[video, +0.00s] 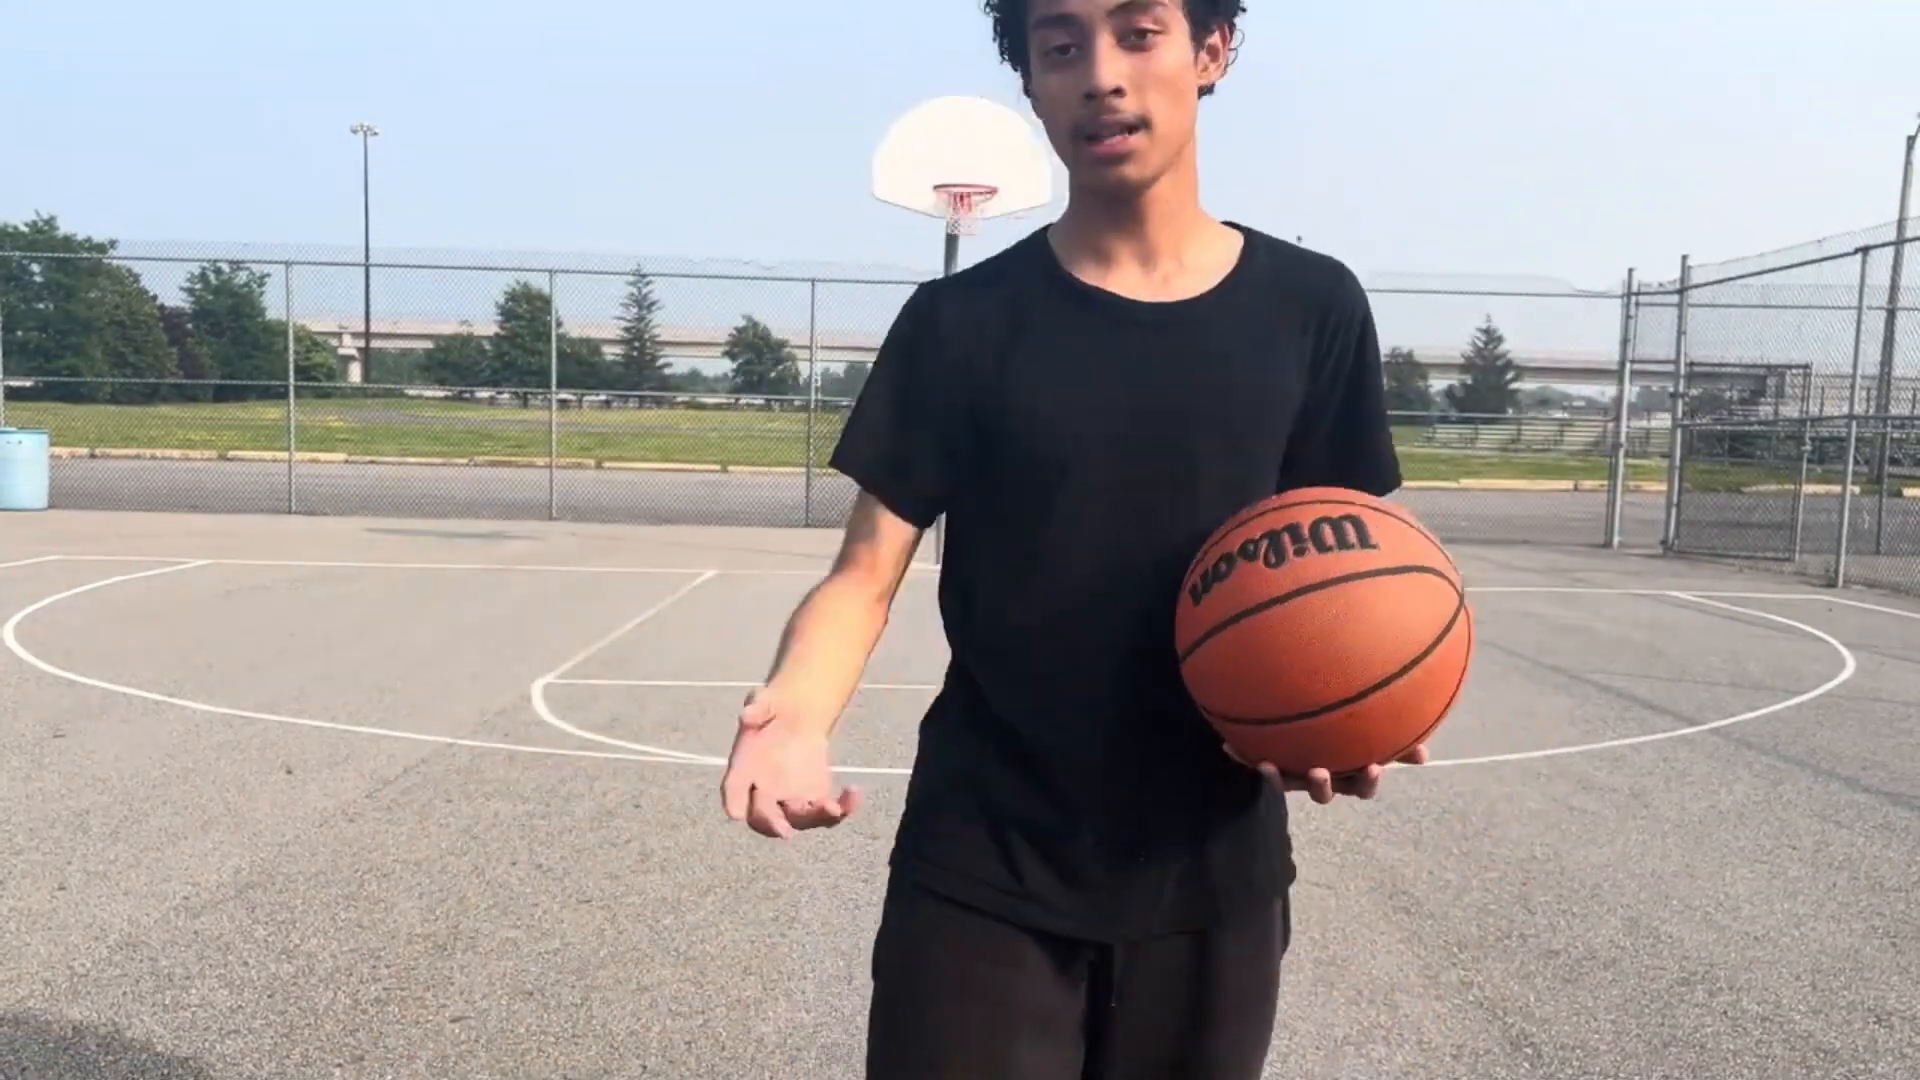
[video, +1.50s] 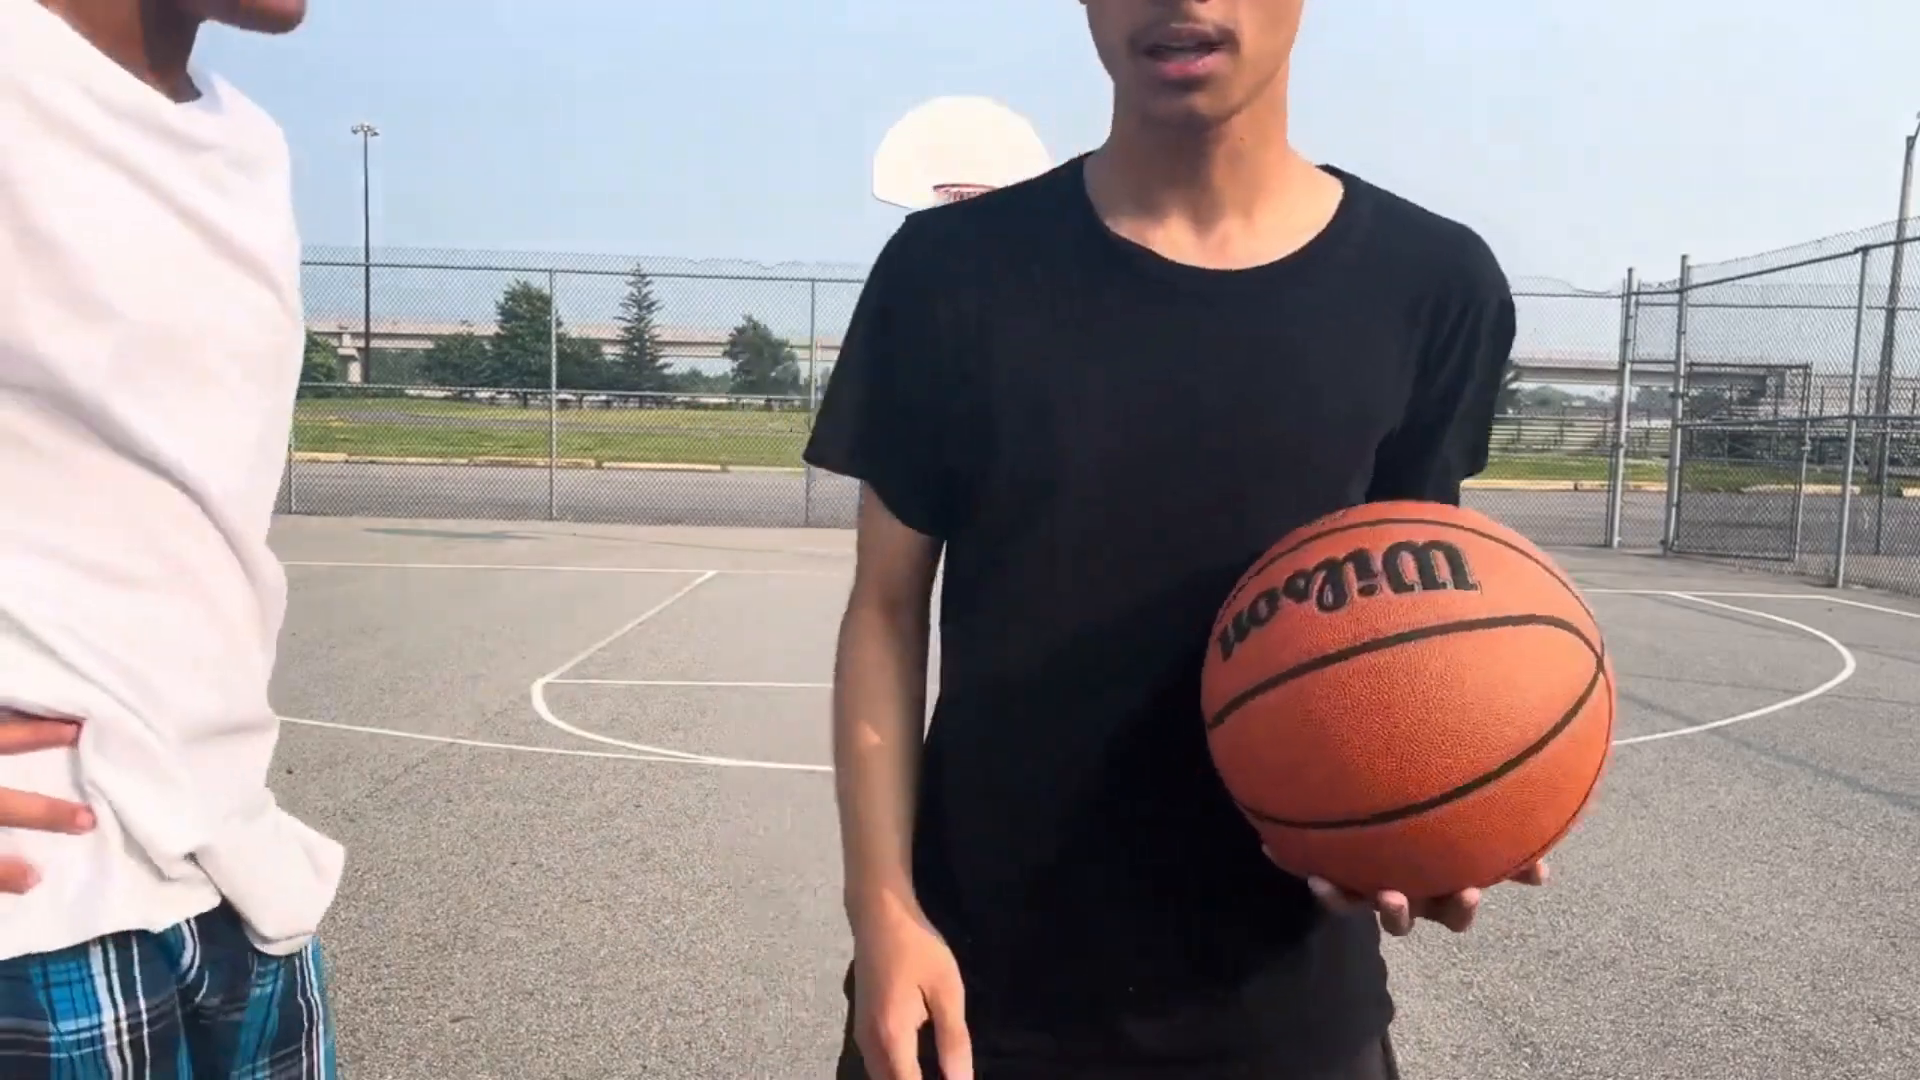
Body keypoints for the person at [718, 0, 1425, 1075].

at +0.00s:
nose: (1102, 79)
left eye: (1138, 34)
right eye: (1062, 48)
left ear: (1210, 54)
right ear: (1029, 84)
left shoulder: (1315, 308)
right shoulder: (956, 321)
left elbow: (1355, 573)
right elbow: (864, 569)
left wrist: (1343, 710)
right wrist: (796, 705)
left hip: (1213, 872)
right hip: (987, 869)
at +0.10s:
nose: (1141, 94)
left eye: (1180, 48)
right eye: (1105, 58)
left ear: (1256, 63)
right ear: (1072, 81)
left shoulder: (1345, 324)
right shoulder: (989, 313)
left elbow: (1357, 581)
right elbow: (851, 540)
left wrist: (1336, 730)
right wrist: (679, 683)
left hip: (1219, 869)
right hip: (997, 866)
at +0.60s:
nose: (1100, 79)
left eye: (1150, 42)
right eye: (1093, 46)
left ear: (1264, 69)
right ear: (1079, 66)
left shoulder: (1356, 345)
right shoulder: (987, 303)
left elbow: (1328, 618)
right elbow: (869, 555)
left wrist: (1294, 771)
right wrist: (710, 755)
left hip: (1204, 901)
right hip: (967, 887)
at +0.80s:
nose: (1058, 36)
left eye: (1102, 2)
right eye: (1022, 3)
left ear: (1174, 35)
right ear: (978, 40)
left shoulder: (1284, 295)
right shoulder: (895, 316)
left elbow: (1312, 577)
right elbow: (886, 608)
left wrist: (1320, 742)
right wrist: (862, 837)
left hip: (1187, 913)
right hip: (935, 906)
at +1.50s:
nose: (1183, 5)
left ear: (1301, 2)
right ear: (1090, 5)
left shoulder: (1434, 283)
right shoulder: (947, 269)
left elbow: (1411, 606)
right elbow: (886, 610)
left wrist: (1421, 808)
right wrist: (882, 909)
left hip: (1287, 988)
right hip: (994, 989)